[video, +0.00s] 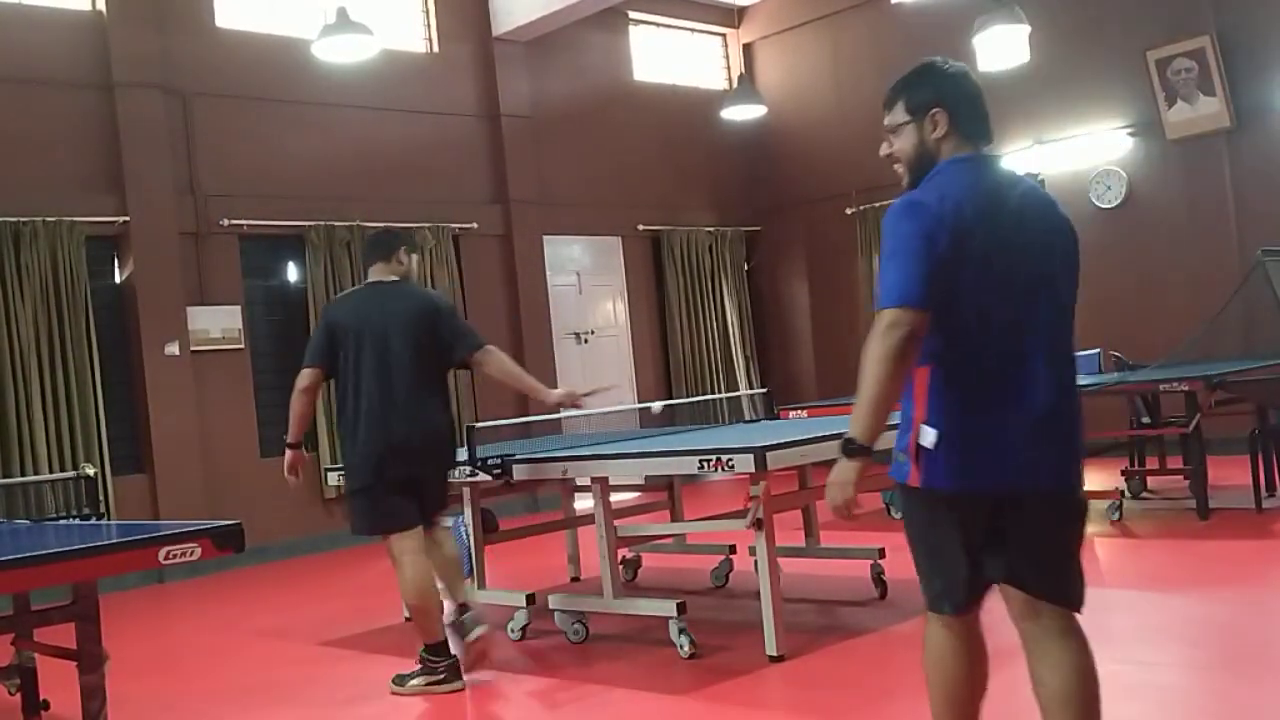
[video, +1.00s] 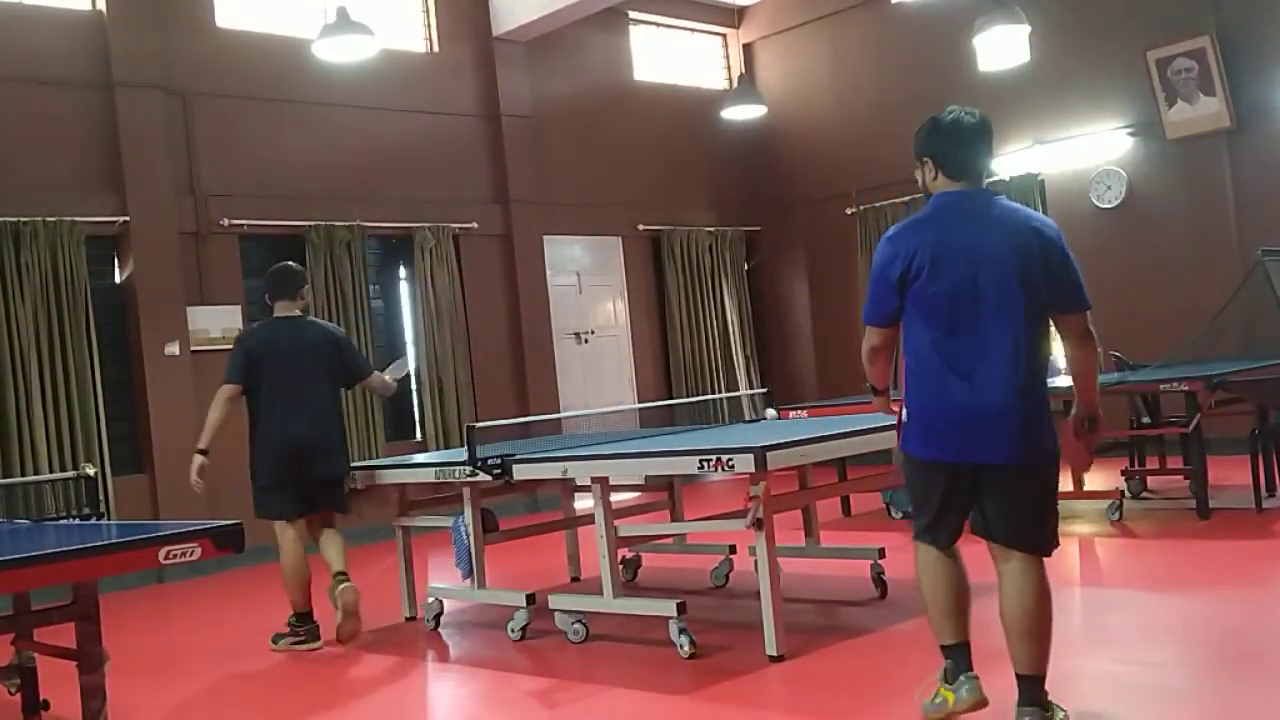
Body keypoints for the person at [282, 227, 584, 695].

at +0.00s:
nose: (417, 267)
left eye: (414, 260)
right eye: (414, 260)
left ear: (367, 264)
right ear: (403, 258)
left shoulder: (338, 310)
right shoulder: (429, 304)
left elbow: (307, 384)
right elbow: (483, 357)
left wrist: (294, 443)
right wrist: (545, 394)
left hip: (373, 450)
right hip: (431, 443)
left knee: (407, 548)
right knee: (433, 527)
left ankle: (439, 661)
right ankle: (462, 611)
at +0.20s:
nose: (391, 281)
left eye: (389, 274)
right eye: (390, 274)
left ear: (345, 276)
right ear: (379, 273)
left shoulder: (315, 322)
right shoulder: (403, 318)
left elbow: (280, 391)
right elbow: (450, 368)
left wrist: (280, 433)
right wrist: (510, 402)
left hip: (347, 454)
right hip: (402, 450)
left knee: (393, 549)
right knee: (391, 545)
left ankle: (436, 655)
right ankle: (375, 638)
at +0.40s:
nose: (371, 282)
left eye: (368, 276)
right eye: (370, 276)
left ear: (324, 279)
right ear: (362, 277)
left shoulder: (297, 322)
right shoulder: (383, 318)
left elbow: (270, 390)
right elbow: (429, 369)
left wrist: (263, 440)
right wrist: (487, 388)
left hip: (321, 456)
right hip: (375, 454)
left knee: (324, 542)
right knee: (365, 542)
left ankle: (386, 611)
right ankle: (361, 640)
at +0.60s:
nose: (345, 282)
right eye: (344, 277)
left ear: (303, 281)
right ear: (340, 280)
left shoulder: (281, 327)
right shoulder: (368, 321)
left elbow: (263, 389)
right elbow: (418, 364)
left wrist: (249, 449)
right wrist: (457, 370)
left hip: (304, 450)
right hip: (361, 448)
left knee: (299, 528)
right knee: (361, 536)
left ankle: (318, 620)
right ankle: (362, 643)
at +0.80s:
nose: (321, 293)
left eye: (284, 294)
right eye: (321, 288)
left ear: (283, 297)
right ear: (321, 293)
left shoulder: (269, 340)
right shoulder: (350, 334)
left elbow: (254, 397)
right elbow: (393, 378)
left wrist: (232, 457)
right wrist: (421, 375)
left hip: (290, 462)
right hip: (345, 457)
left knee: (298, 539)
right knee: (350, 535)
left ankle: (303, 625)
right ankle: (361, 630)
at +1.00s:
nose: (309, 296)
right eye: (308, 291)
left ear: (268, 297)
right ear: (305, 295)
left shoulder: (251, 340)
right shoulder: (328, 335)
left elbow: (228, 394)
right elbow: (377, 383)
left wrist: (201, 450)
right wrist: (390, 380)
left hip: (275, 452)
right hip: (324, 447)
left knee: (288, 531)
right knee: (326, 523)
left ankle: (304, 625)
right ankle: (341, 581)